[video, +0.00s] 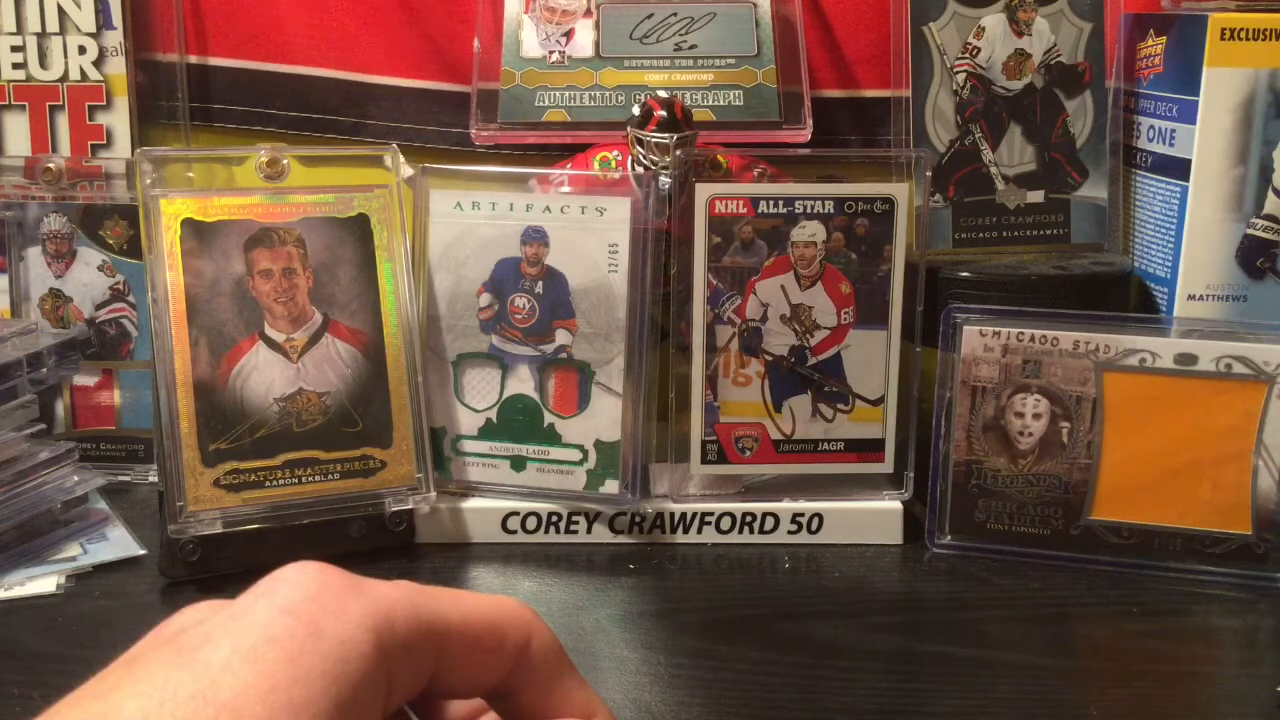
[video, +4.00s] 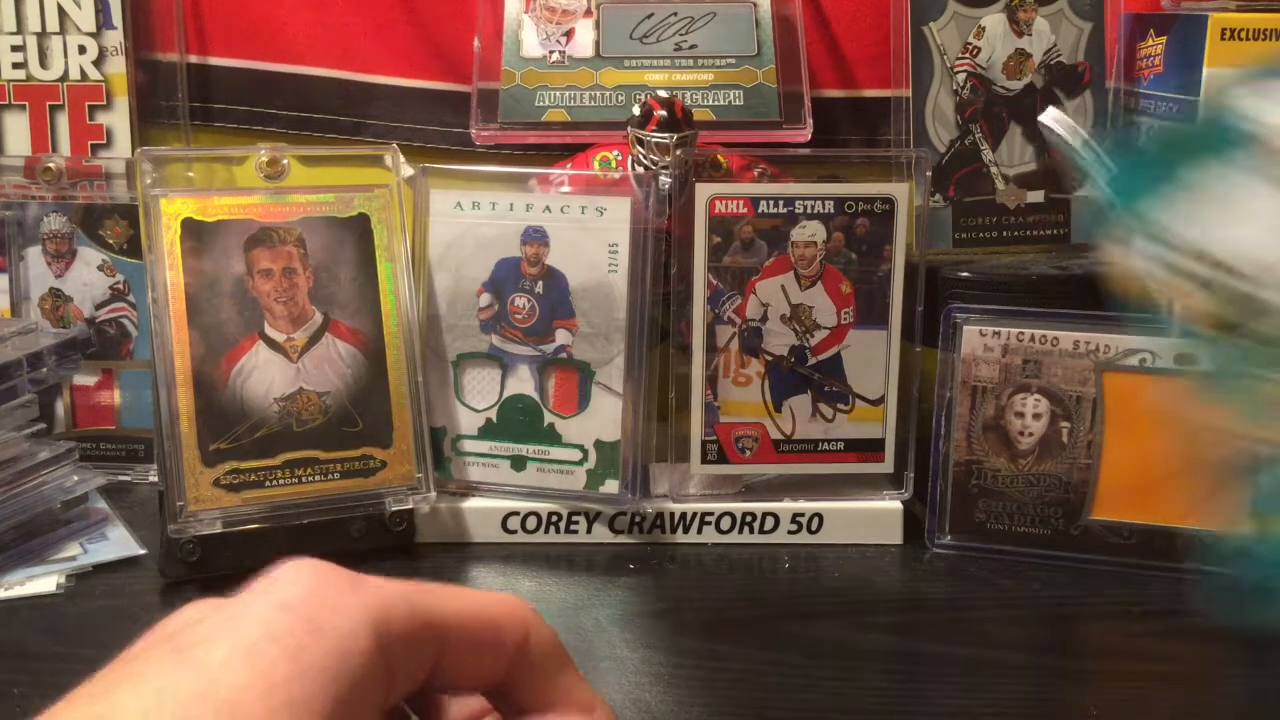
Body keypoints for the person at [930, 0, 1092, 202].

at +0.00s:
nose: (1029, 16)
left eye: (1033, 10)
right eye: (1024, 10)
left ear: (1037, 10)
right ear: (1011, 9)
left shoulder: (1041, 27)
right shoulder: (990, 26)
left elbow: (1050, 61)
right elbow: (965, 62)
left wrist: (1068, 74)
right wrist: (969, 96)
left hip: (1026, 92)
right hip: (993, 94)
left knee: (1056, 122)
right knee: (980, 138)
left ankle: (1063, 177)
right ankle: (943, 185)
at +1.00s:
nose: (1029, 16)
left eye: (1033, 10)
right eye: (1024, 10)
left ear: (1037, 11)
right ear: (1010, 9)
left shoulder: (1041, 27)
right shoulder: (990, 26)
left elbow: (1050, 63)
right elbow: (965, 62)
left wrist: (1069, 75)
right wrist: (969, 97)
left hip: (1025, 92)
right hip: (992, 93)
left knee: (1055, 118)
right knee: (981, 136)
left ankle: (1063, 173)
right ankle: (942, 183)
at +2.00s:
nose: (1029, 16)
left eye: (1033, 10)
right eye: (1024, 10)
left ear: (1037, 10)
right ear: (1011, 9)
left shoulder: (1041, 27)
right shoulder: (990, 26)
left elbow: (1050, 62)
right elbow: (965, 62)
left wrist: (1069, 74)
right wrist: (969, 95)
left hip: (1027, 91)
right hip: (993, 93)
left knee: (1056, 120)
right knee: (980, 138)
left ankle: (1063, 174)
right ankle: (942, 185)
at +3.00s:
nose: (1029, 15)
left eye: (1033, 10)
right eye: (1023, 9)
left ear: (1037, 9)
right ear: (1011, 8)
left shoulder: (1041, 27)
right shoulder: (990, 25)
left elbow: (1051, 60)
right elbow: (965, 62)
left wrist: (1068, 74)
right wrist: (970, 97)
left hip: (1026, 92)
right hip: (993, 94)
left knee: (1056, 121)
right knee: (979, 138)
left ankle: (1062, 175)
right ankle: (942, 184)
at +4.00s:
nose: (1029, 15)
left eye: (1033, 10)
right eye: (1023, 9)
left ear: (1037, 9)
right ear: (1011, 8)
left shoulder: (1041, 27)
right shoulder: (991, 26)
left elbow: (1051, 58)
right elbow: (965, 62)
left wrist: (1066, 74)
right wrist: (968, 98)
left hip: (1024, 93)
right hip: (992, 94)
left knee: (1052, 132)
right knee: (979, 142)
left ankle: (1060, 185)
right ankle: (940, 184)